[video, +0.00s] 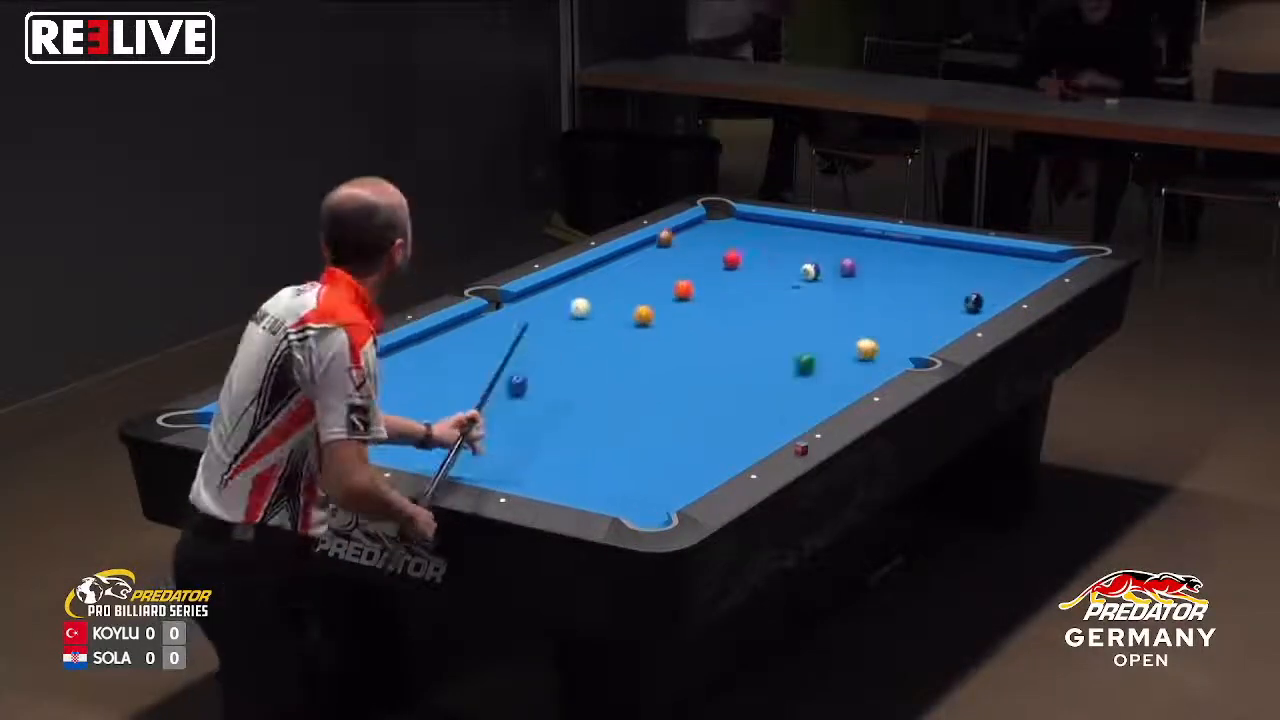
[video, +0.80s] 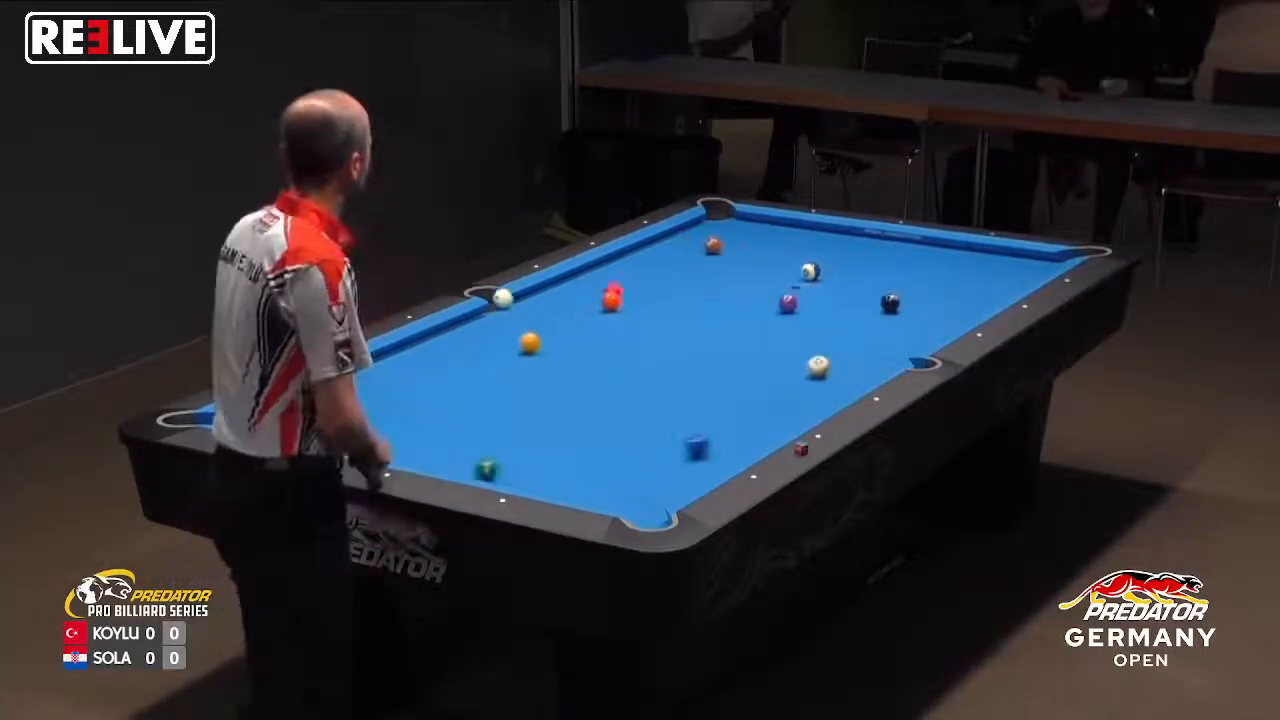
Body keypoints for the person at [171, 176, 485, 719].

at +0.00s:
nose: (410, 244)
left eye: (407, 231)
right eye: (409, 234)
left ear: (330, 239)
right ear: (397, 251)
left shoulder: (289, 302)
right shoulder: (343, 334)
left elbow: (337, 415)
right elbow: (348, 482)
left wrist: (429, 432)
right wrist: (407, 512)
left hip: (211, 538)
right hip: (252, 556)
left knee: (252, 696)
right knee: (277, 699)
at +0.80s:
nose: (370, 158)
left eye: (366, 146)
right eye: (369, 148)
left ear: (288, 155)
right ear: (357, 163)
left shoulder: (248, 232)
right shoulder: (316, 262)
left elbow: (257, 364)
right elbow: (339, 419)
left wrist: (343, 436)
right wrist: (373, 457)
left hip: (235, 475)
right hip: (290, 488)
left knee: (274, 658)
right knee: (316, 663)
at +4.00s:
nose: (235, 196)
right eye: (235, 185)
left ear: (144, 195)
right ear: (226, 197)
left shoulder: (88, 296)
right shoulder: (255, 313)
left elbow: (66, 435)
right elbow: (299, 462)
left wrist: (90, 490)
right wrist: (322, 557)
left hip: (133, 534)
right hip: (233, 539)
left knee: (145, 693)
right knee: (256, 690)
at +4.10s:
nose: (204, 189)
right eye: (204, 177)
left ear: (117, 179)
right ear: (198, 187)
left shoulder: (61, 284)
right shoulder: (233, 301)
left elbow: (33, 429)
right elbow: (274, 447)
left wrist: (63, 465)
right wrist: (290, 533)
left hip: (106, 525)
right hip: (207, 527)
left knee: (131, 695)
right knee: (243, 684)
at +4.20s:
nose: (188, 182)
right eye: (187, 172)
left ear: (103, 176)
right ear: (180, 182)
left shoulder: (46, 279)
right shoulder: (218, 291)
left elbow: (17, 423)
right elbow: (258, 440)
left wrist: (52, 446)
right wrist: (270, 522)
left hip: (94, 522)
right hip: (191, 521)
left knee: (124, 694)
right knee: (239, 682)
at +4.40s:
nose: (157, 177)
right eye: (157, 166)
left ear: (74, 168)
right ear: (151, 174)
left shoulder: (21, 271)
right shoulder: (195, 276)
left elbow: (8, 409)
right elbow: (227, 419)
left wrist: (48, 409)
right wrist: (221, 497)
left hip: (72, 514)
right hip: (173, 508)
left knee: (108, 683)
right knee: (193, 674)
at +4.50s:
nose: (145, 176)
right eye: (145, 165)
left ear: (61, 165)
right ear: (139, 172)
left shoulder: (17, 266)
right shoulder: (184, 271)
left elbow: (10, 388)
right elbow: (210, 411)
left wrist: (39, 409)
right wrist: (203, 491)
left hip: (60, 506)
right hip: (159, 498)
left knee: (94, 673)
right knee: (160, 669)